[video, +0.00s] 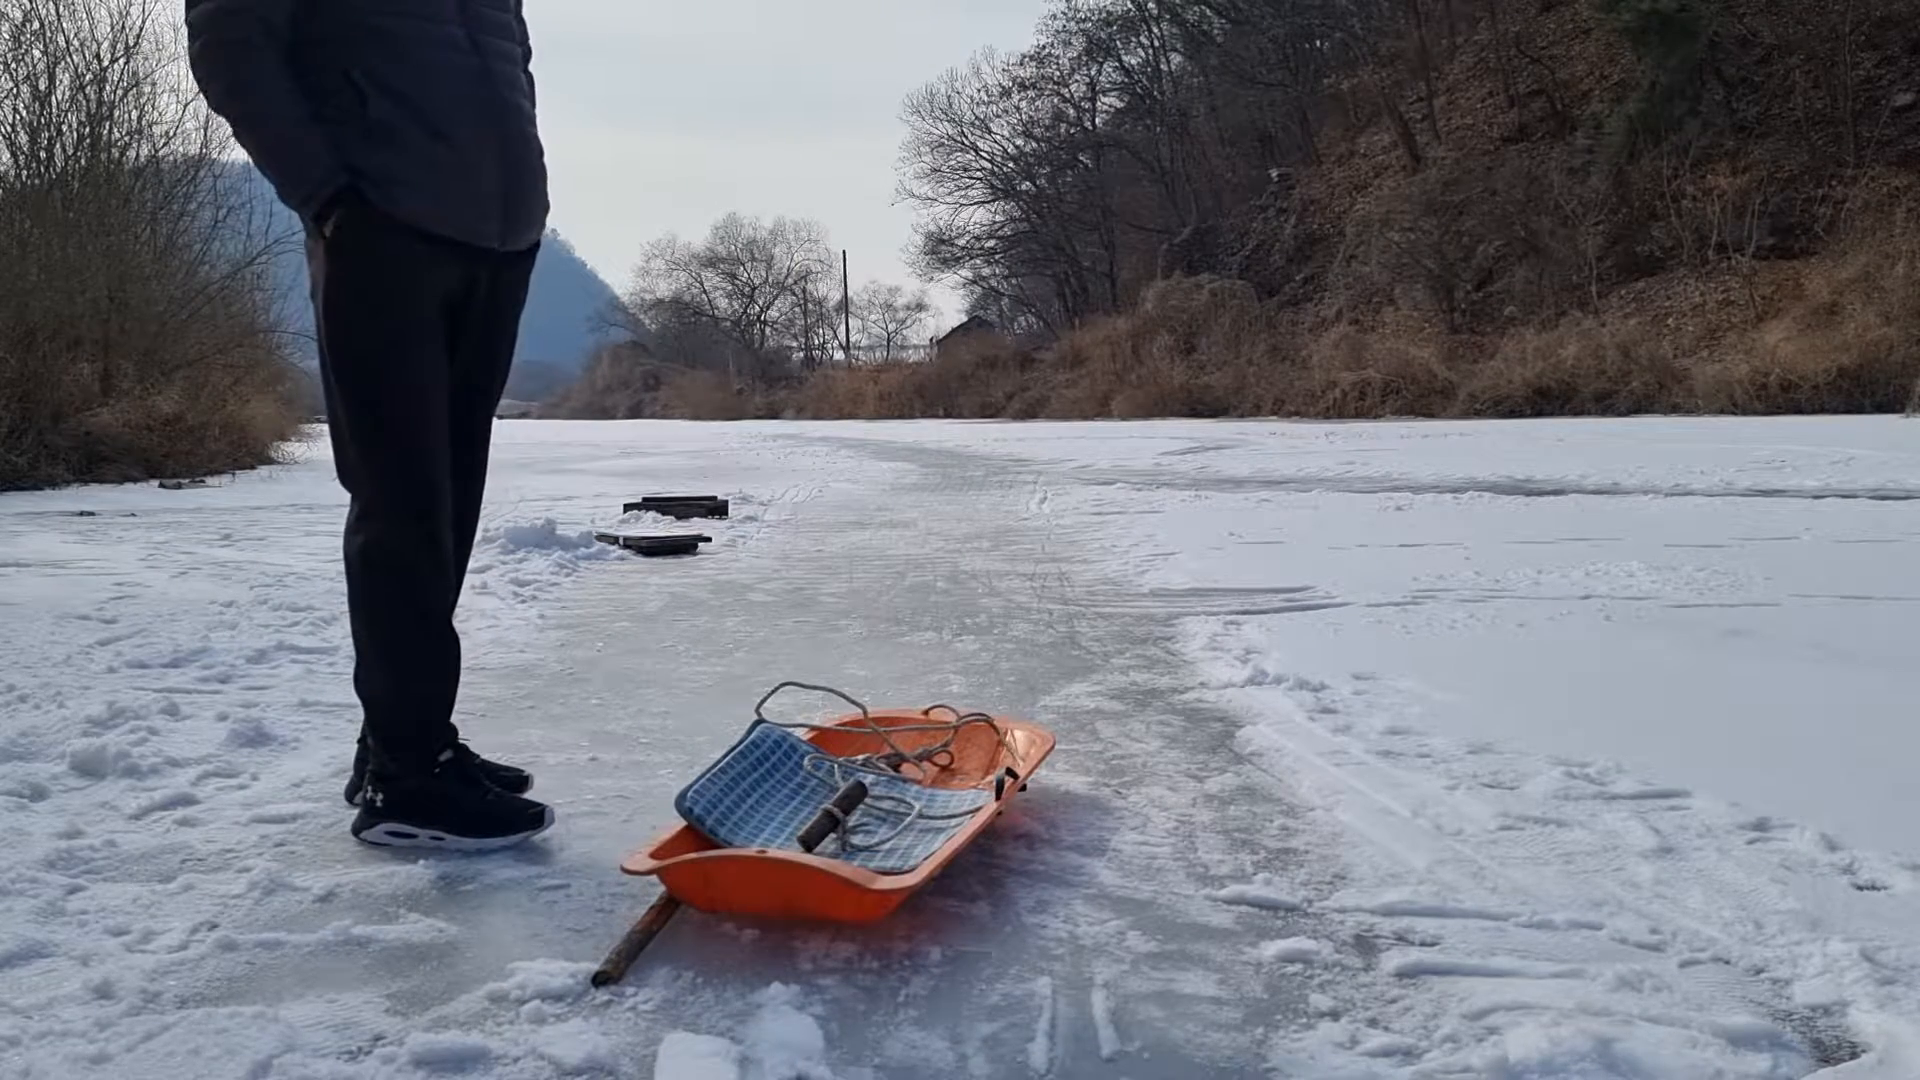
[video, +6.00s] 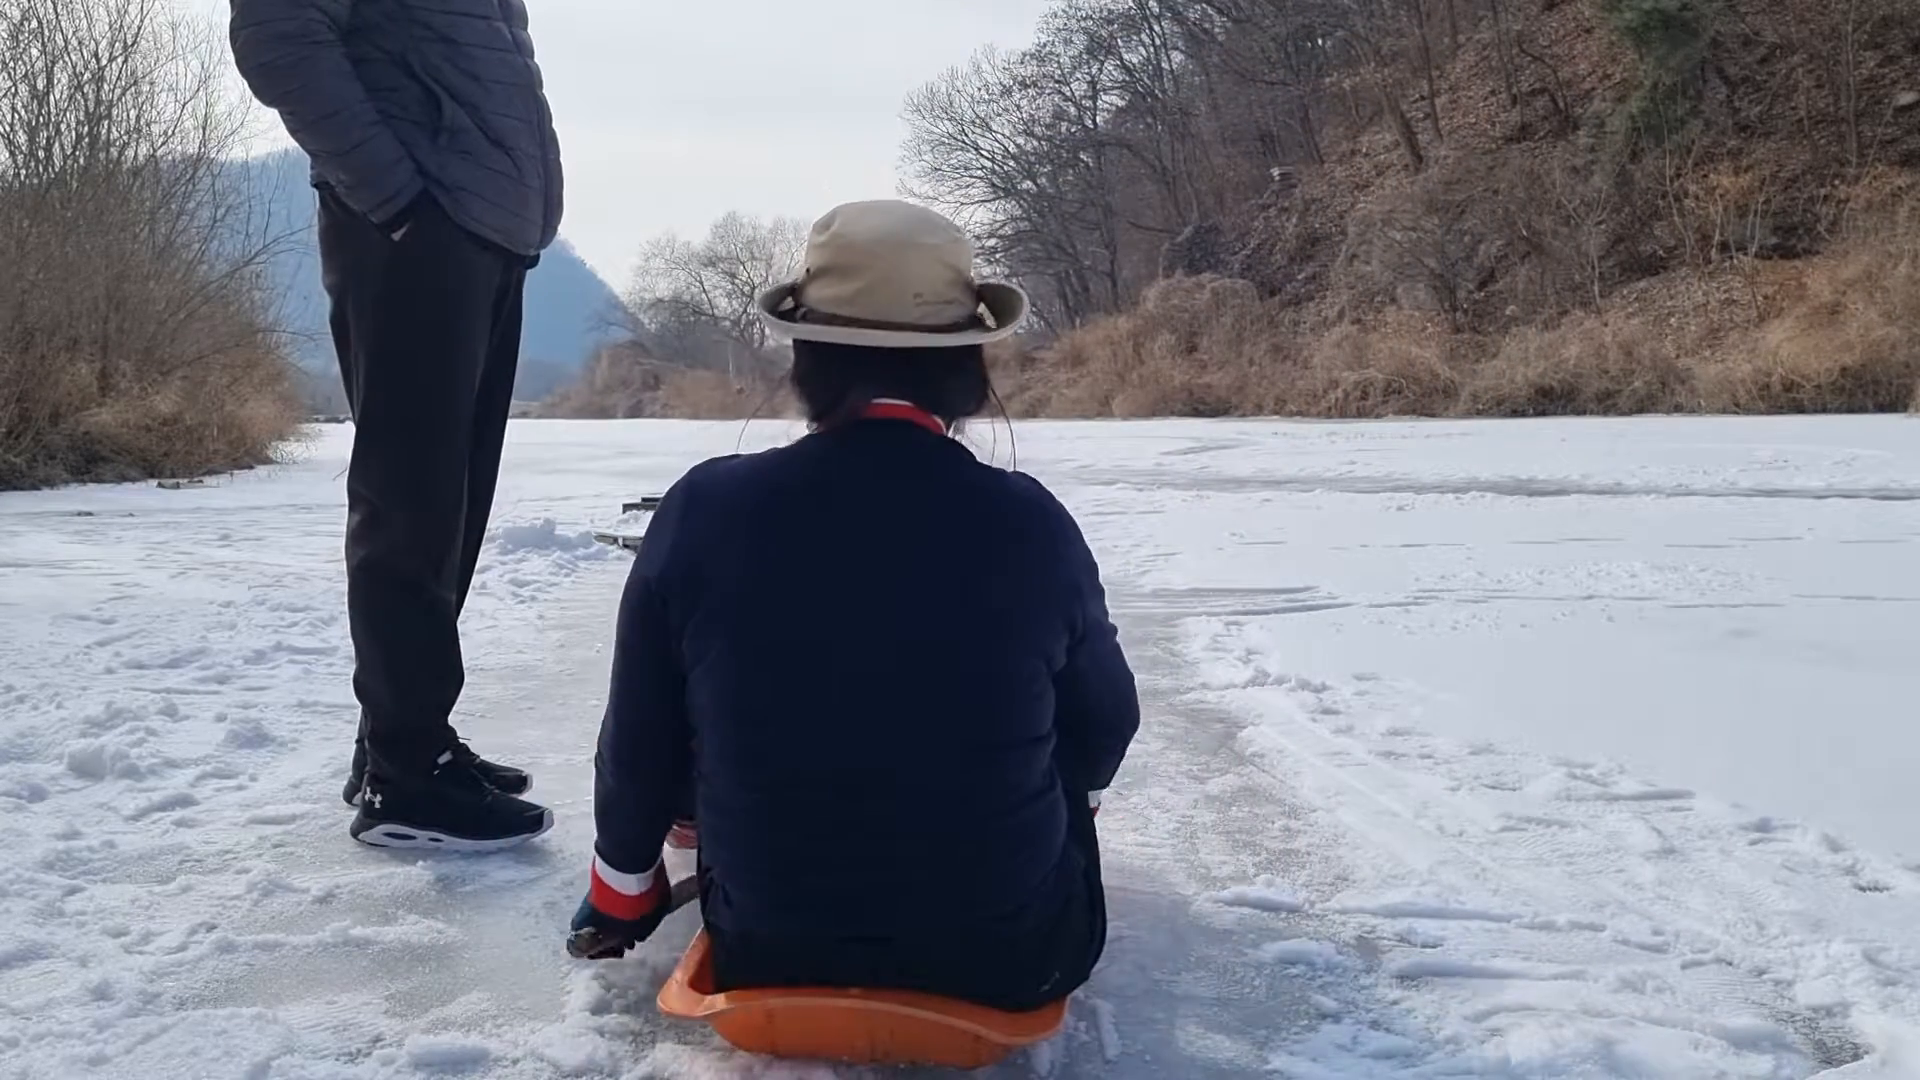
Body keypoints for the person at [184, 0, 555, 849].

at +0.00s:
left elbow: (510, 40)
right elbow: (226, 36)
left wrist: (518, 175)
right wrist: (326, 195)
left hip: (501, 222)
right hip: (380, 214)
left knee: (450, 500)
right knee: (401, 500)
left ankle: (410, 748)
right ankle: (405, 771)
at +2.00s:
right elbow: (261, 30)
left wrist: (506, 182)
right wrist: (368, 190)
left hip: (480, 221)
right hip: (397, 214)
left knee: (446, 500)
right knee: (403, 499)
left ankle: (415, 747)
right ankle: (403, 774)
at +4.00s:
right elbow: (275, 31)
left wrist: (515, 199)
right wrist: (388, 196)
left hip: (486, 229)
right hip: (410, 221)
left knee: (447, 498)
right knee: (406, 498)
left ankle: (413, 749)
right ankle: (401, 771)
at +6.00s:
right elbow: (275, 34)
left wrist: (510, 205)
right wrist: (397, 201)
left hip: (486, 236)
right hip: (414, 225)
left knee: (449, 504)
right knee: (408, 502)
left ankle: (417, 749)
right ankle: (400, 772)